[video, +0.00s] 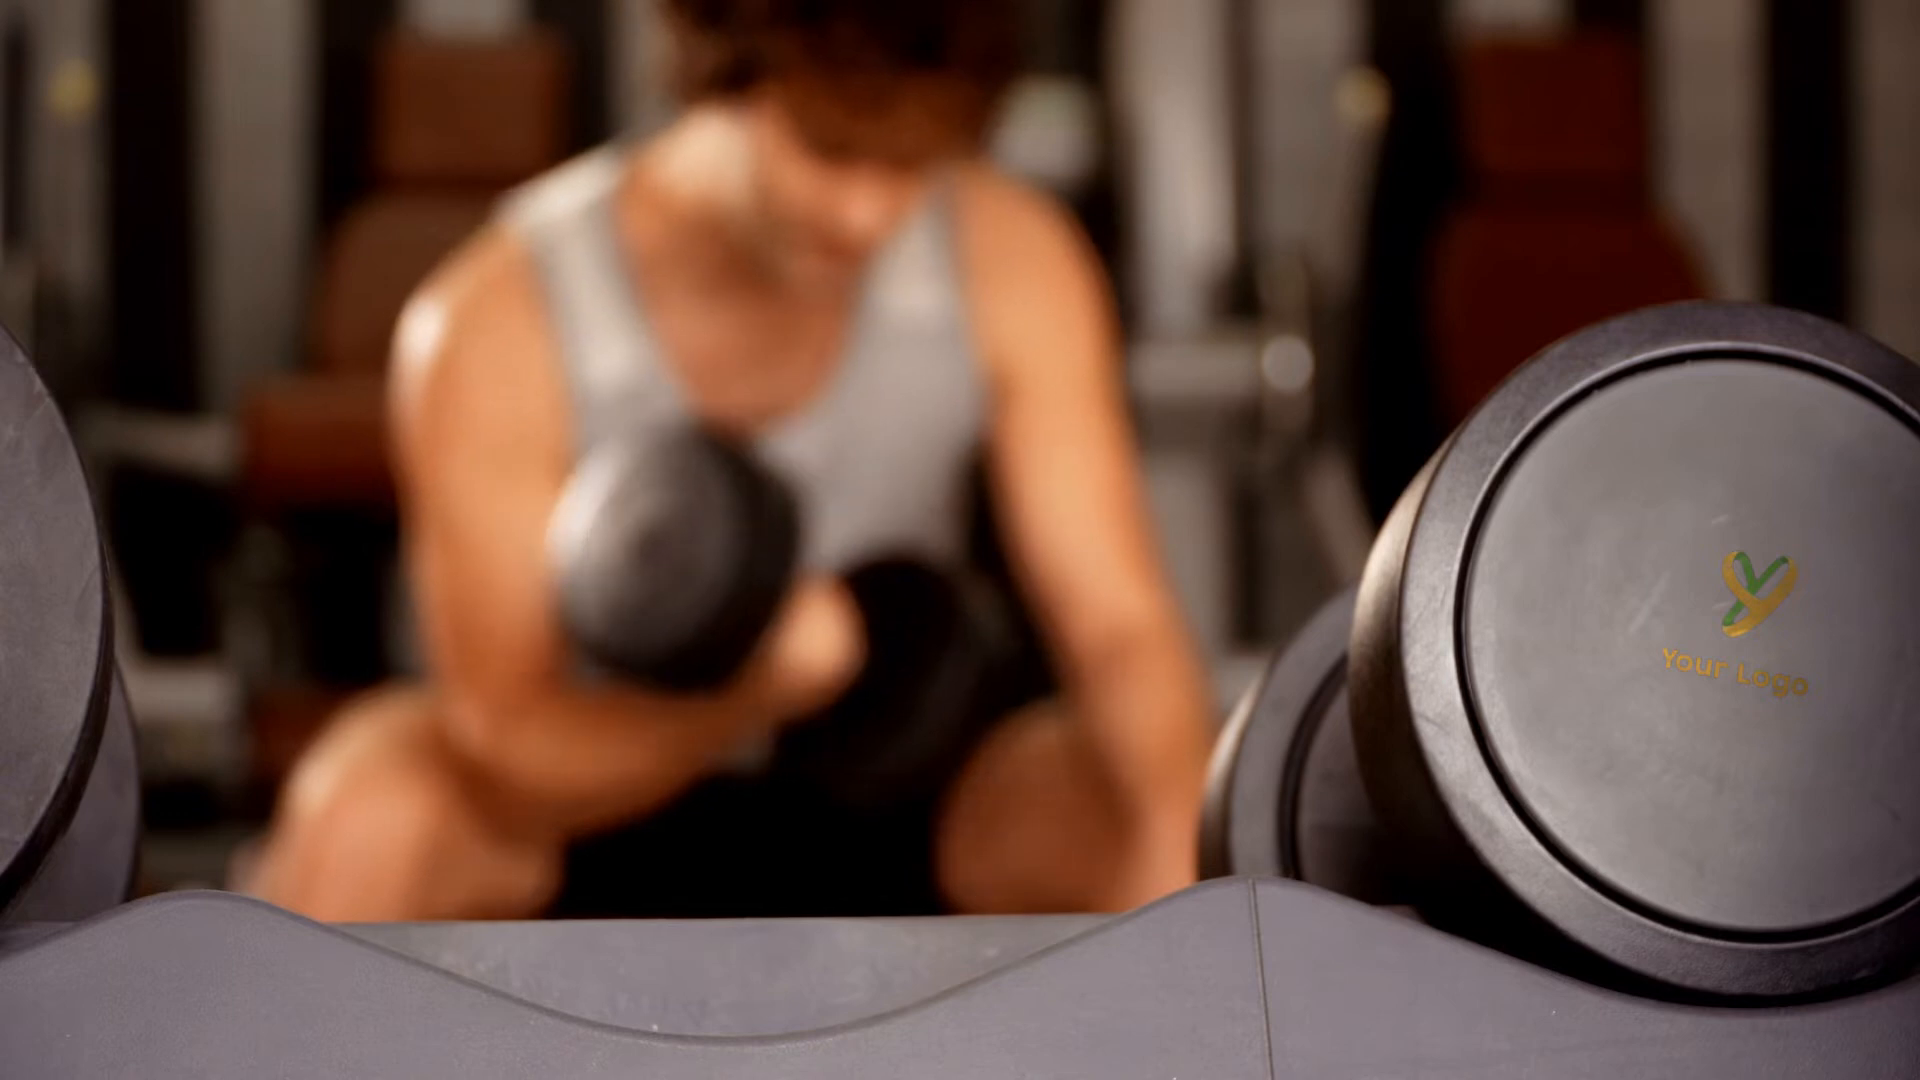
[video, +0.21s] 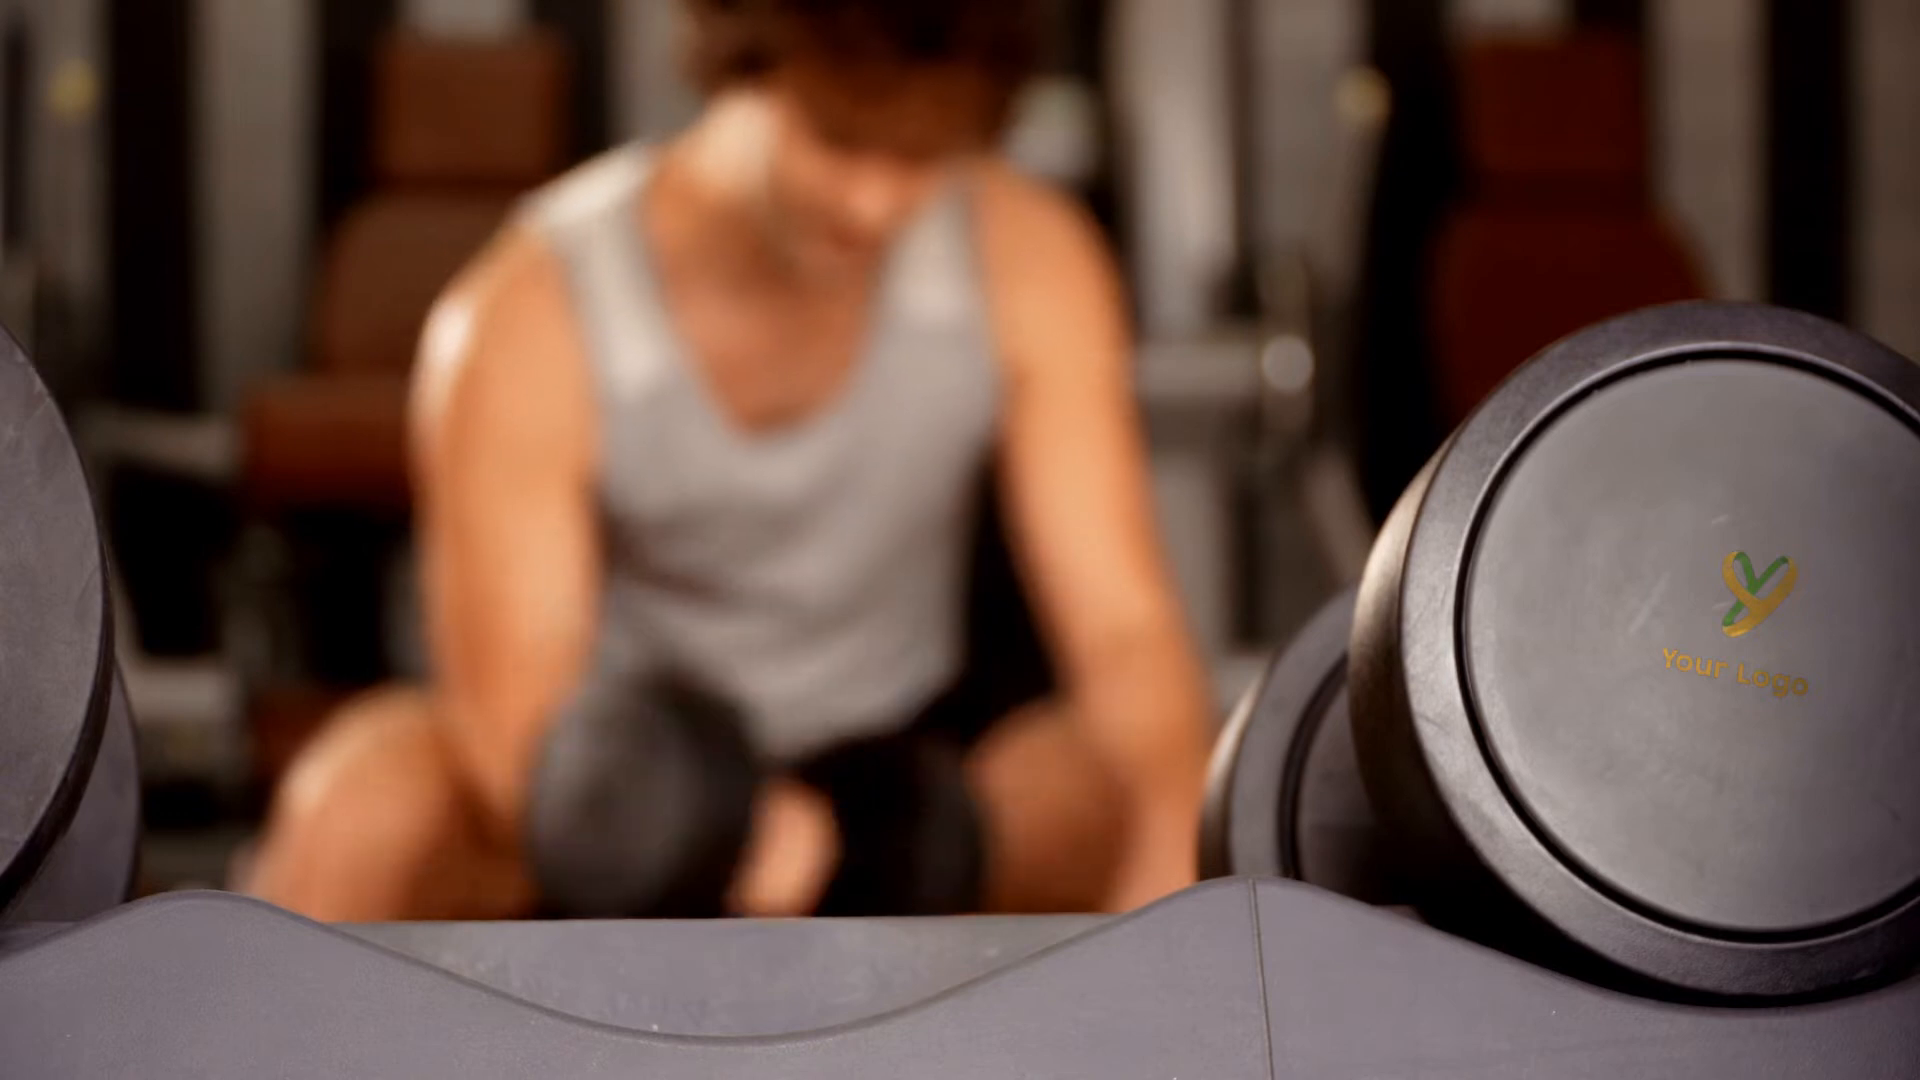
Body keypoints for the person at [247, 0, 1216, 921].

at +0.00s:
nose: (868, 213)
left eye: (916, 163)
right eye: (833, 152)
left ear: (966, 129)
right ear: (729, 75)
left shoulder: (1008, 252)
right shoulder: (495, 318)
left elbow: (1120, 628)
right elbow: (516, 752)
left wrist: (1186, 875)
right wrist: (751, 692)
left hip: (895, 789)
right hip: (601, 800)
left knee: (1166, 807)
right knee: (369, 803)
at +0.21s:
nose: (875, 205)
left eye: (923, 158)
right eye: (841, 145)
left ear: (983, 123)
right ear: (744, 68)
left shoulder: (1025, 252)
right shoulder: (526, 317)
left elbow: (1126, 638)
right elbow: (520, 732)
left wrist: (1165, 868)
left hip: (905, 795)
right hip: (628, 792)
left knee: (1189, 767)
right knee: (364, 787)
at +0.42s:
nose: (879, 211)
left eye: (930, 165)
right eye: (846, 149)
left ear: (992, 133)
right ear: (754, 74)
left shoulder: (1037, 255)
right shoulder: (551, 332)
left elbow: (1125, 637)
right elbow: (518, 789)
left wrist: (1158, 862)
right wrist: (656, 1041)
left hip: (901, 786)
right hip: (622, 796)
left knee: (1184, 802)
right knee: (358, 795)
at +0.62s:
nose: (881, 227)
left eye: (931, 179)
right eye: (844, 164)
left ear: (994, 148)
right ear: (751, 87)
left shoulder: (1039, 258)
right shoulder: (566, 339)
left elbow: (1126, 641)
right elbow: (526, 794)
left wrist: (1152, 866)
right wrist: (595, 1058)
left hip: (900, 785)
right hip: (623, 796)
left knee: (1174, 804)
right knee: (365, 802)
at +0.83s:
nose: (880, 228)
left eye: (930, 181)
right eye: (842, 166)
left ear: (993, 150)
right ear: (750, 92)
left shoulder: (1035, 257)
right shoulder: (567, 344)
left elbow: (1124, 641)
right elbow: (538, 800)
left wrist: (1152, 866)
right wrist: (572, 1063)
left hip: (896, 783)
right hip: (621, 796)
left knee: (1170, 804)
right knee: (369, 805)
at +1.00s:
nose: (876, 225)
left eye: (927, 178)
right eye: (840, 162)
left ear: (989, 148)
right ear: (750, 86)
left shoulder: (1034, 259)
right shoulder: (566, 344)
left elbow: (1123, 641)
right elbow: (533, 804)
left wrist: (1147, 859)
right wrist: (558, 1066)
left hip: (894, 786)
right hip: (618, 798)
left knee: (1167, 801)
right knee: (364, 804)